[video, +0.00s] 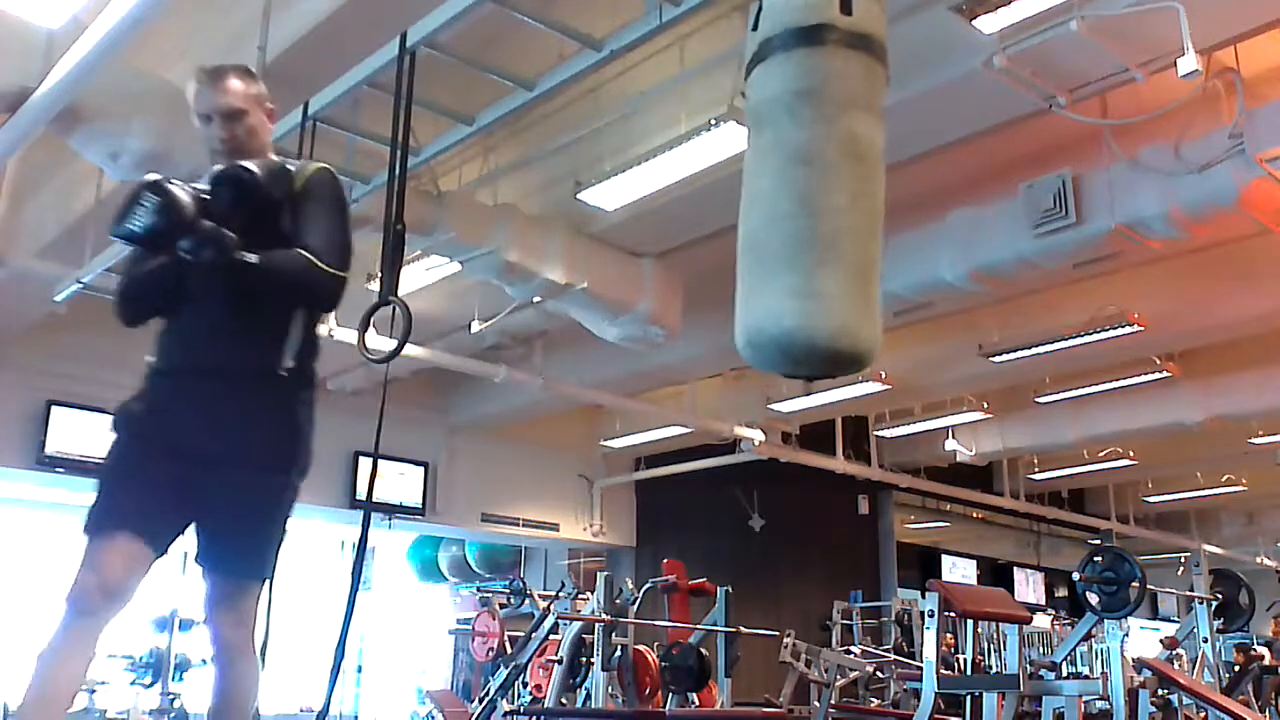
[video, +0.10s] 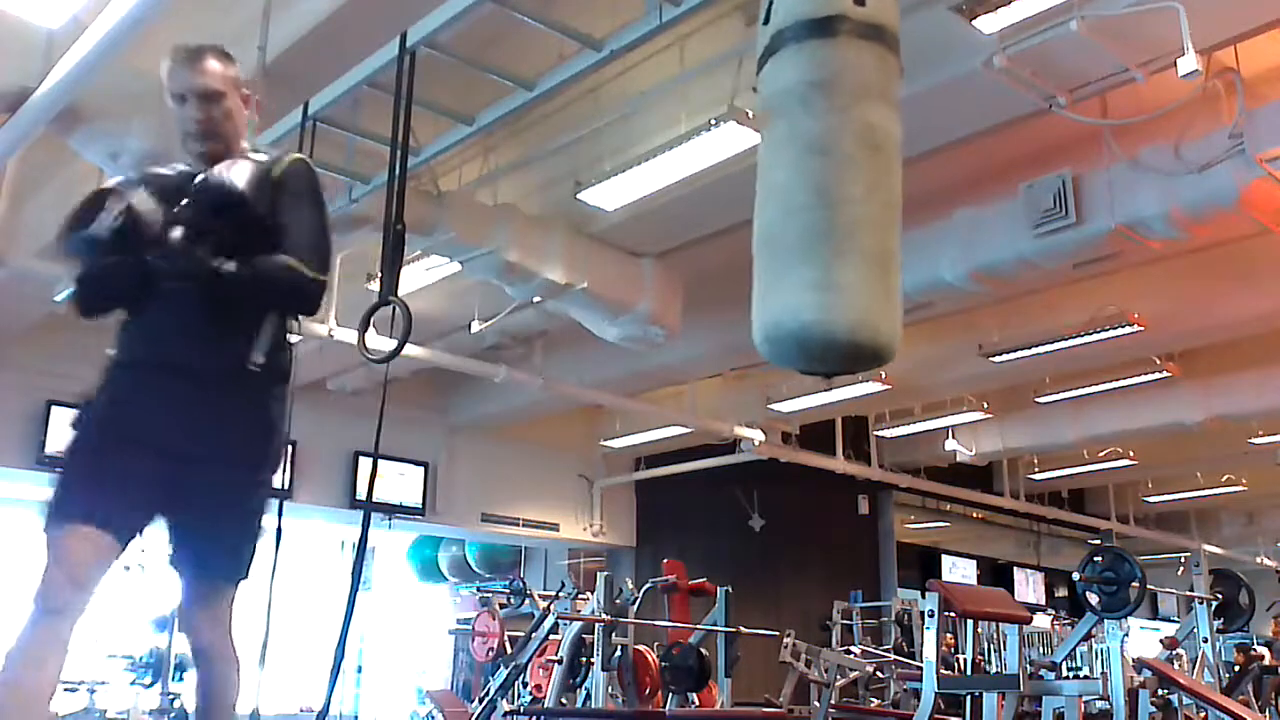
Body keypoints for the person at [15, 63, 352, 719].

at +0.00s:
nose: (223, 130)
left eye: (236, 115)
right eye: (209, 120)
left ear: (271, 113)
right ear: (198, 127)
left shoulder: (312, 184)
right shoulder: (185, 196)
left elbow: (324, 279)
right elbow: (130, 303)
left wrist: (226, 256)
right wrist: (187, 251)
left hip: (259, 426)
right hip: (167, 415)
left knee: (232, 627)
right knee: (94, 593)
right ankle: (28, 716)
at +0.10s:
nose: (197, 113)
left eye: (211, 98)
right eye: (183, 100)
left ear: (248, 103)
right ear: (170, 109)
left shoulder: (286, 179)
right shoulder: (142, 189)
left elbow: (307, 284)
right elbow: (90, 293)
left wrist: (199, 262)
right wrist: (137, 243)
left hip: (230, 424)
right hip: (132, 408)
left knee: (208, 628)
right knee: (59, 592)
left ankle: (215, 718)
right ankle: (19, 712)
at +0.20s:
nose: (181, 84)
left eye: (198, 70)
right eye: (168, 69)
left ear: (226, 81)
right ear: (149, 77)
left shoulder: (266, 168)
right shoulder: (105, 163)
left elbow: (290, 293)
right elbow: (46, 264)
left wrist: (169, 296)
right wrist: (88, 268)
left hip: (195, 412)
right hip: (93, 394)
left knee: (172, 611)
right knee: (28, 571)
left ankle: (193, 715)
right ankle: (8, 706)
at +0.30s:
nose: (190, 47)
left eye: (206, 35)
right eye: (176, 30)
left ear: (225, 46)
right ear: (149, 32)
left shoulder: (254, 149)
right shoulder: (79, 121)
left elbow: (297, 288)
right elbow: (7, 224)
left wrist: (219, 311)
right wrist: (118, 178)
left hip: (179, 391)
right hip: (64, 372)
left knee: (158, 572)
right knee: (22, 561)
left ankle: (157, 706)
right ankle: (2, 702)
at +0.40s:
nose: (227, 19)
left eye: (235, 11)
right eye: (213, 2)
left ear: (236, 30)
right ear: (161, 2)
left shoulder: (250, 127)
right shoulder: (72, 78)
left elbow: (288, 255)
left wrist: (250, 276)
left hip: (171, 352)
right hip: (52, 333)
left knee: (151, 550)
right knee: (16, 556)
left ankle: (111, 713)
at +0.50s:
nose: (239, 14)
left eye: (246, 7)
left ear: (239, 22)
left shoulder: (232, 105)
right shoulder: (52, 38)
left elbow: (257, 259)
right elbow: (7, 128)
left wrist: (257, 202)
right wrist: (117, 111)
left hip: (164, 333)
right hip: (43, 315)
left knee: (116, 547)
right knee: (13, 546)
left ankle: (79, 711)